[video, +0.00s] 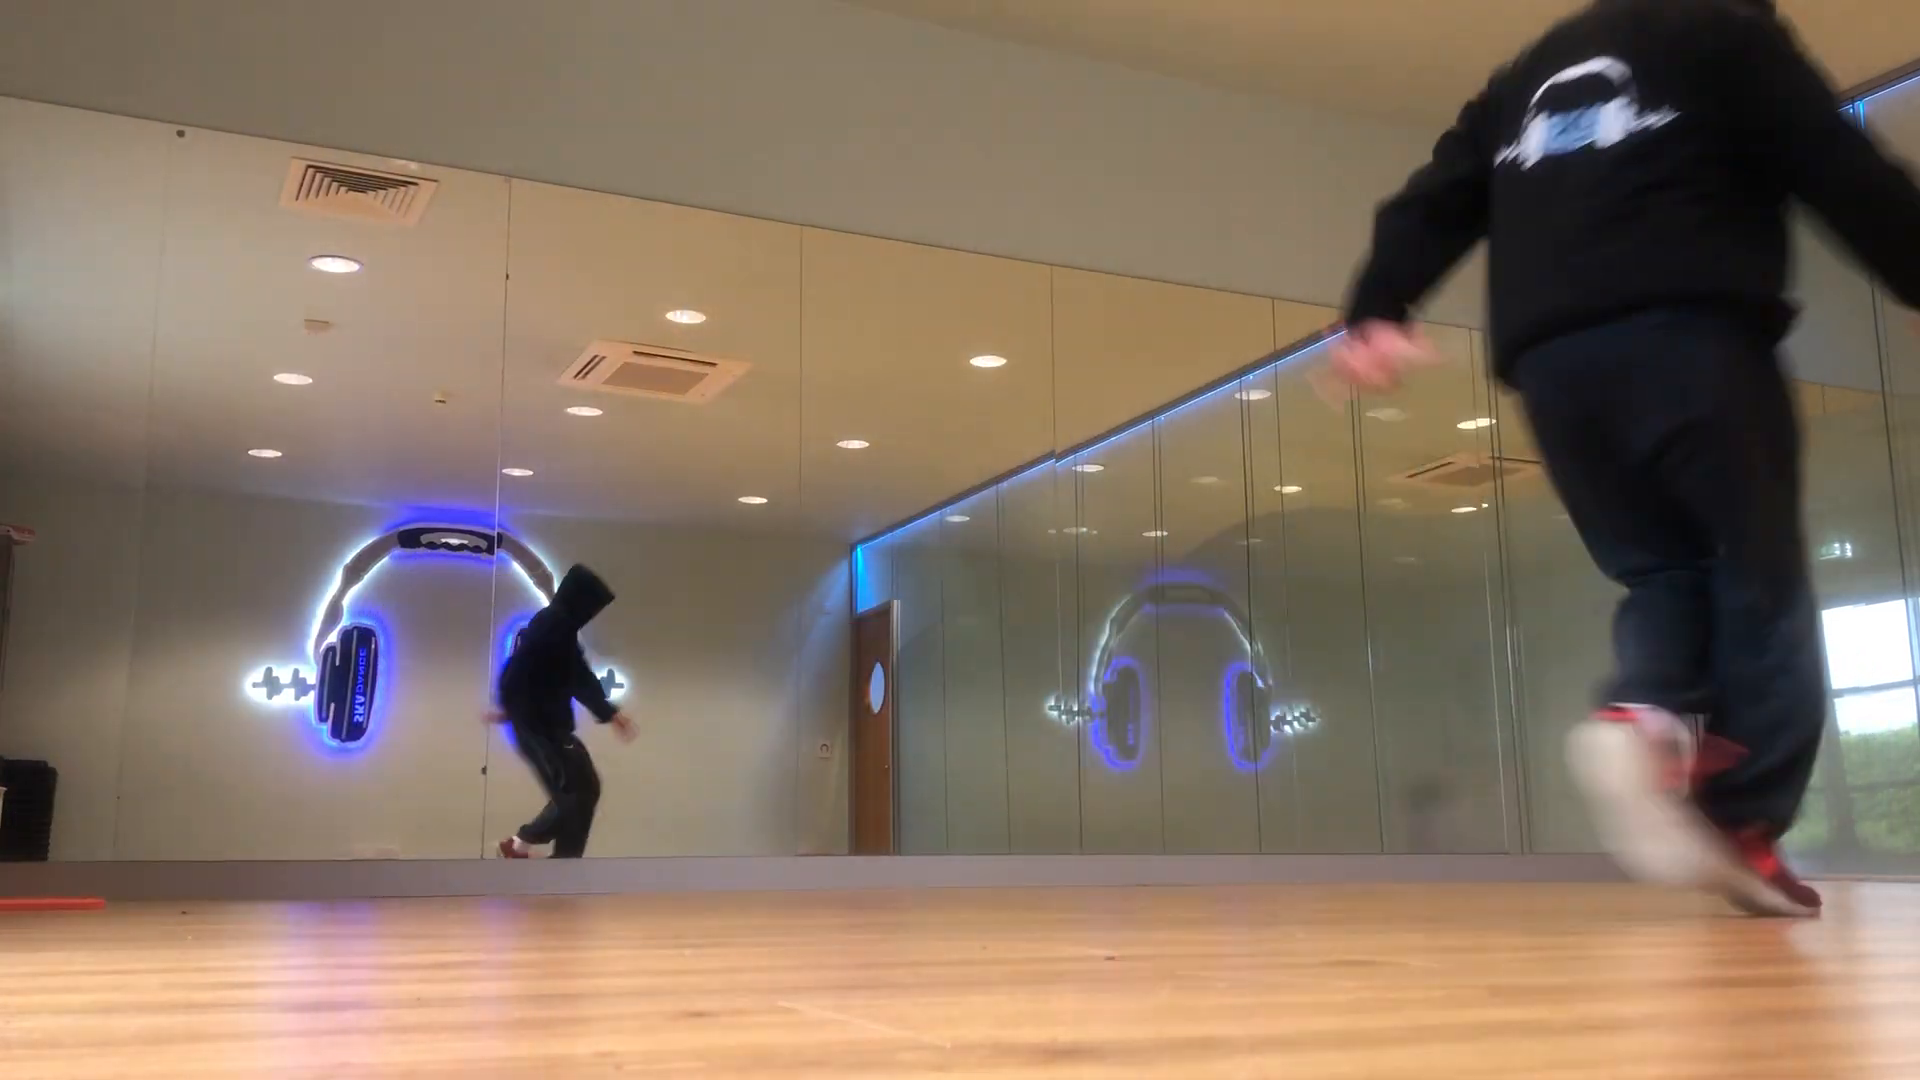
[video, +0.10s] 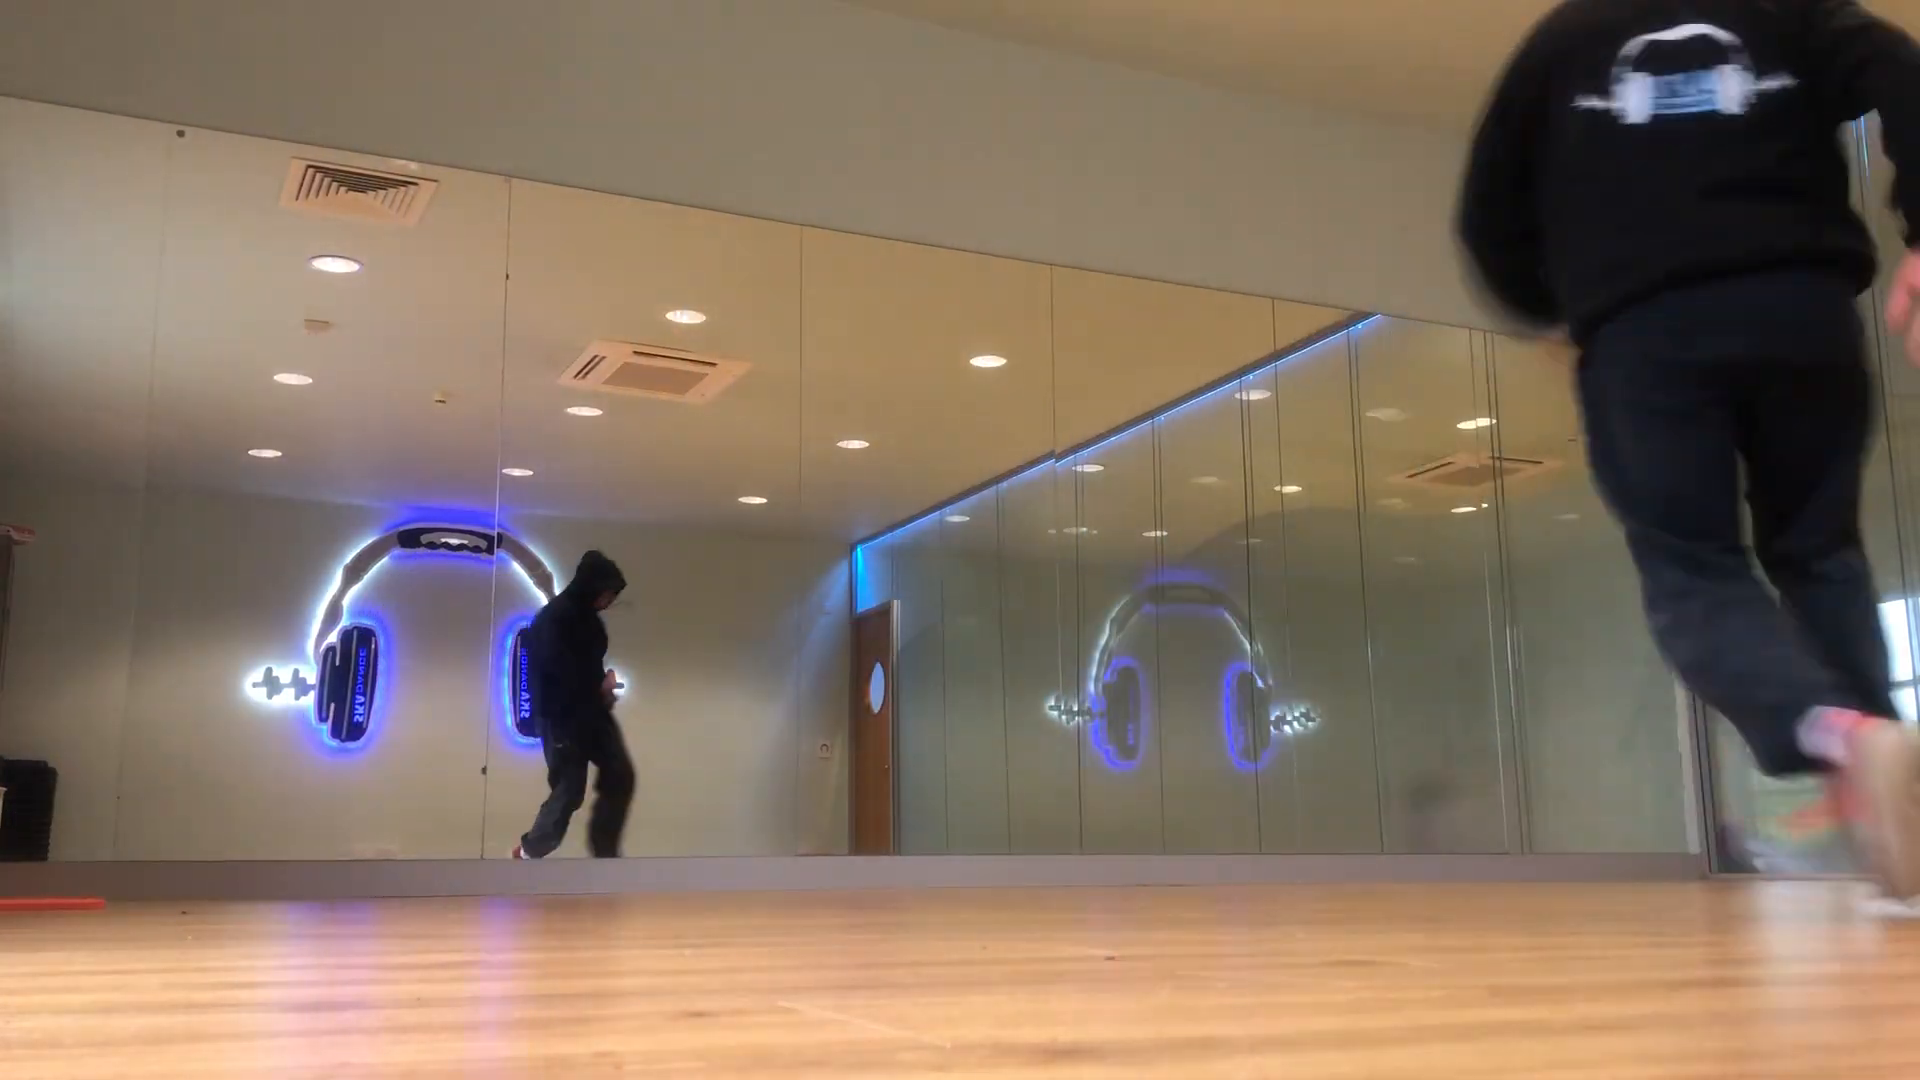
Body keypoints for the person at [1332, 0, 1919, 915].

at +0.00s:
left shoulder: (1527, 71)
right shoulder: (1732, 31)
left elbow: (1444, 186)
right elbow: (1849, 175)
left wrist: (1377, 300)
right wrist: (1916, 274)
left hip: (1555, 369)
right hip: (1695, 343)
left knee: (1656, 568)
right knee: (1761, 578)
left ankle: (1644, 714)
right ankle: (1744, 822)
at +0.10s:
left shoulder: (1567, 31)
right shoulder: (1791, 7)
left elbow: (1489, 211)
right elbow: (1902, 74)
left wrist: (1564, 301)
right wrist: (1917, 233)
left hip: (1647, 334)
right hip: (1806, 314)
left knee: (1694, 571)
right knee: (1819, 546)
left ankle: (1841, 738)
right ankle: (1877, 794)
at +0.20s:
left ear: (1659, 2)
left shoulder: (1631, 74)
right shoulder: (1852, 58)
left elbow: (1578, 242)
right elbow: (1909, 178)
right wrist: (1911, 232)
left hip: (1722, 363)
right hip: (1862, 344)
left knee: (1823, 584)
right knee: (1888, 558)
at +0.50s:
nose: (1691, 176)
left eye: (1694, 161)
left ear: (1710, 141)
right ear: (1777, 113)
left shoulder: (1717, 198)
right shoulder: (1880, 149)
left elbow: (1705, 274)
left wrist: (1804, 301)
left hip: (1850, 425)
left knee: (1859, 608)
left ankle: (1900, 653)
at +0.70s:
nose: (1650, 153)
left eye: (1648, 139)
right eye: (1646, 145)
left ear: (1658, 114)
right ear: (1709, 89)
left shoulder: (1691, 116)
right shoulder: (1801, 131)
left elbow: (1719, 178)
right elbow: (1910, 195)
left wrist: (1703, 322)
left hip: (1835, 375)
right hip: (1896, 364)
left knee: (1724, 555)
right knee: (1886, 580)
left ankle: (1847, 760)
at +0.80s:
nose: (1636, 221)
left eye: (1632, 203)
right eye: (1626, 209)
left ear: (1656, 175)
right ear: (1678, 158)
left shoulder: (1728, 191)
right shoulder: (1757, 185)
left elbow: (1725, 288)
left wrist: (1647, 342)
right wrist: (1670, 340)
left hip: (1859, 441)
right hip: (1885, 440)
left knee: (1720, 597)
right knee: (1888, 648)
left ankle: (1695, 817)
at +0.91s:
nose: (1600, 299)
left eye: (1597, 281)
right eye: (1591, 285)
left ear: (1623, 257)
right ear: (1647, 236)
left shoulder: (1704, 285)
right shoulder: (1733, 270)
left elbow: (1685, 433)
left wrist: (1635, 412)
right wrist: (1656, 402)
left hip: (1840, 508)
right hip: (1888, 504)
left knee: (1688, 622)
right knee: (1891, 700)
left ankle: (1651, 841)